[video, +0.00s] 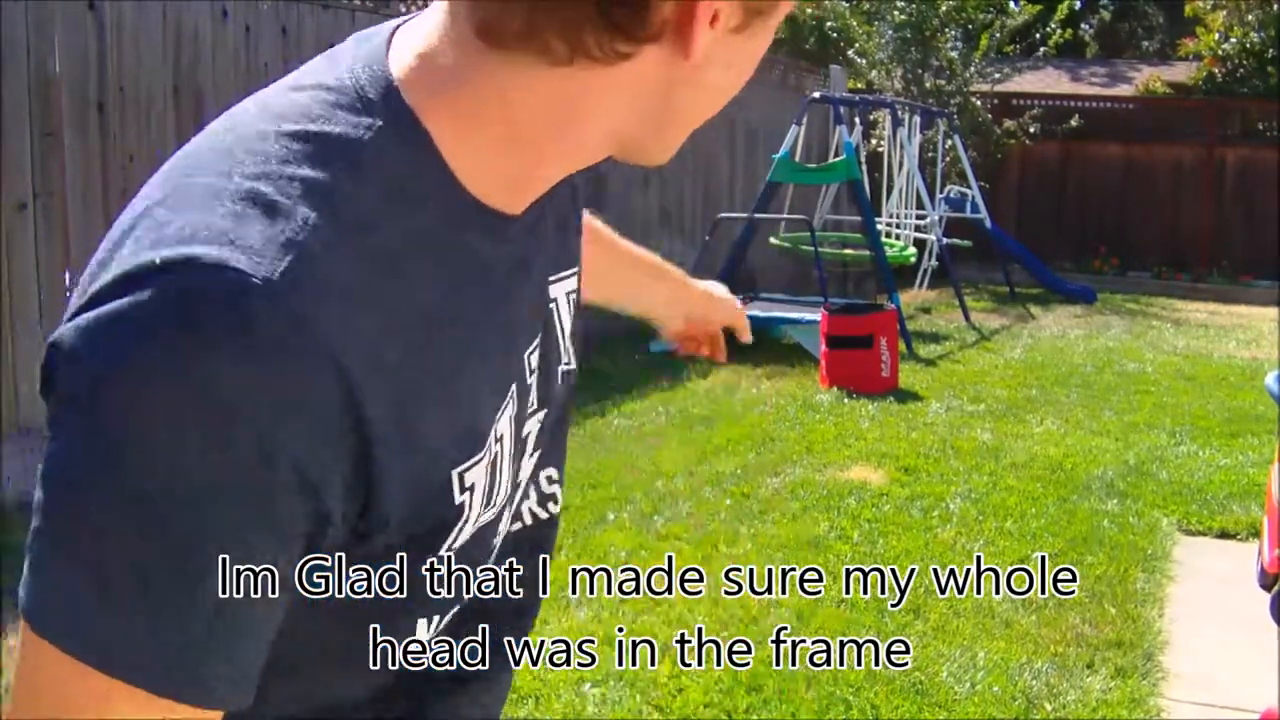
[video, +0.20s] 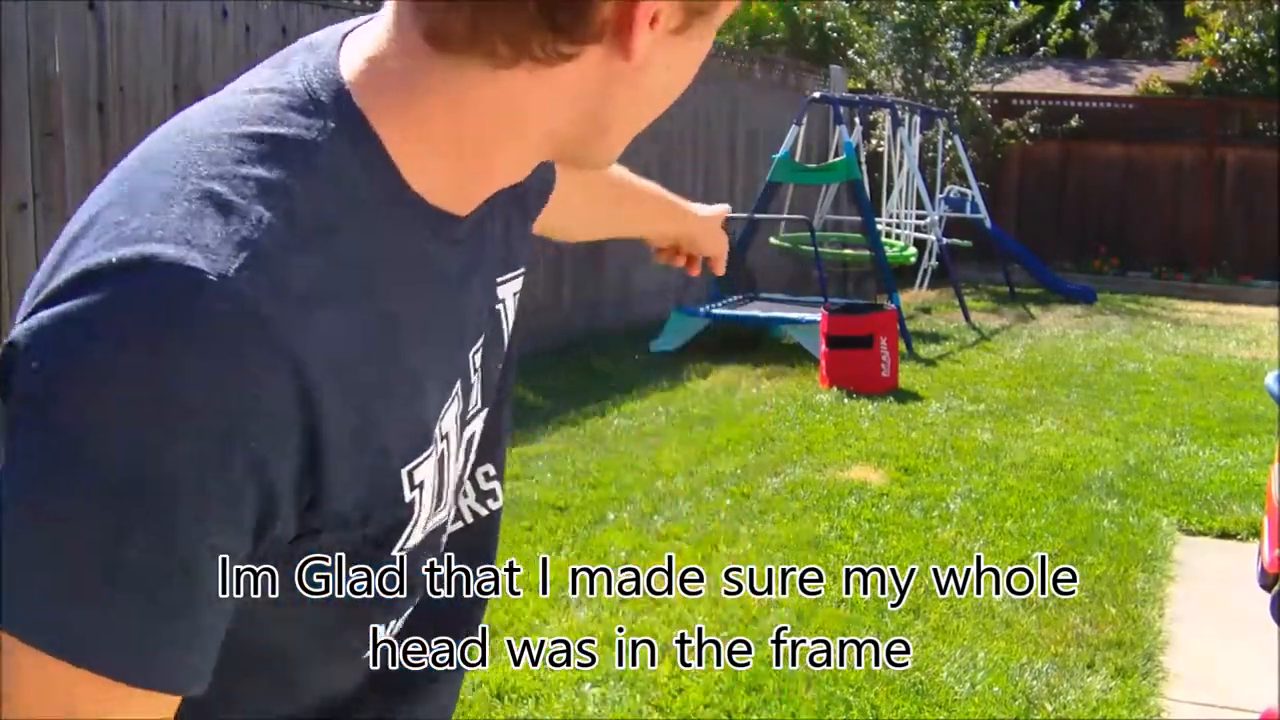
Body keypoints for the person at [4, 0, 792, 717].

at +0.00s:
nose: (754, 66)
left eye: (773, 29)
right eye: (769, 26)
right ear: (704, 20)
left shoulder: (495, 137)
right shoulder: (227, 303)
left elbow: (533, 233)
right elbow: (75, 705)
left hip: (452, 674)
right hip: (284, 695)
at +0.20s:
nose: (694, 67)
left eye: (713, 34)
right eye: (711, 30)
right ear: (645, 17)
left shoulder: (466, 129)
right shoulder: (180, 306)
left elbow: (565, 188)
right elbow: (56, 701)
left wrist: (677, 218)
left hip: (407, 679)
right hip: (242, 692)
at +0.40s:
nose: (600, 65)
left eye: (615, 32)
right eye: (610, 27)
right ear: (541, 11)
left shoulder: (394, 138)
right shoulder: (91, 293)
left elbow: (502, 193)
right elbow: (14, 691)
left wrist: (634, 231)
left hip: (348, 679)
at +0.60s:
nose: (454, 77)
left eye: (469, 41)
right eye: (466, 39)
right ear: (380, 28)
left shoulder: (290, 166)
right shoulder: (20, 257)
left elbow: (394, 202)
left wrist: (548, 247)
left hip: (223, 692)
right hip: (62, 700)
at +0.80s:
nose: (318, 88)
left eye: (332, 44)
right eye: (328, 42)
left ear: (231, 27)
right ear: (233, 26)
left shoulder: (164, 179)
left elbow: (236, 238)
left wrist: (413, 359)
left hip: (131, 689)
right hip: (30, 700)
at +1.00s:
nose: (247, 73)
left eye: (256, 28)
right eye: (249, 25)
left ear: (144, 12)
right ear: (144, 11)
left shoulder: (126, 168)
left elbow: (138, 293)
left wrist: (236, 449)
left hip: (97, 684)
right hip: (24, 696)